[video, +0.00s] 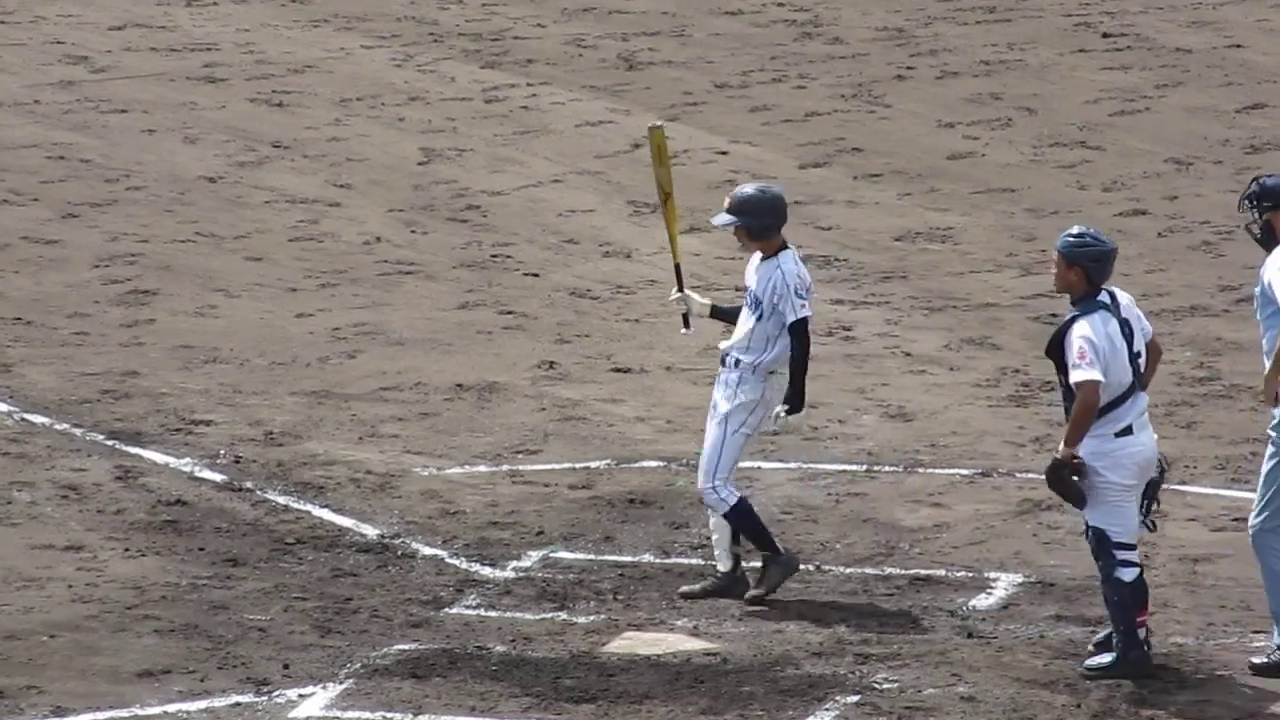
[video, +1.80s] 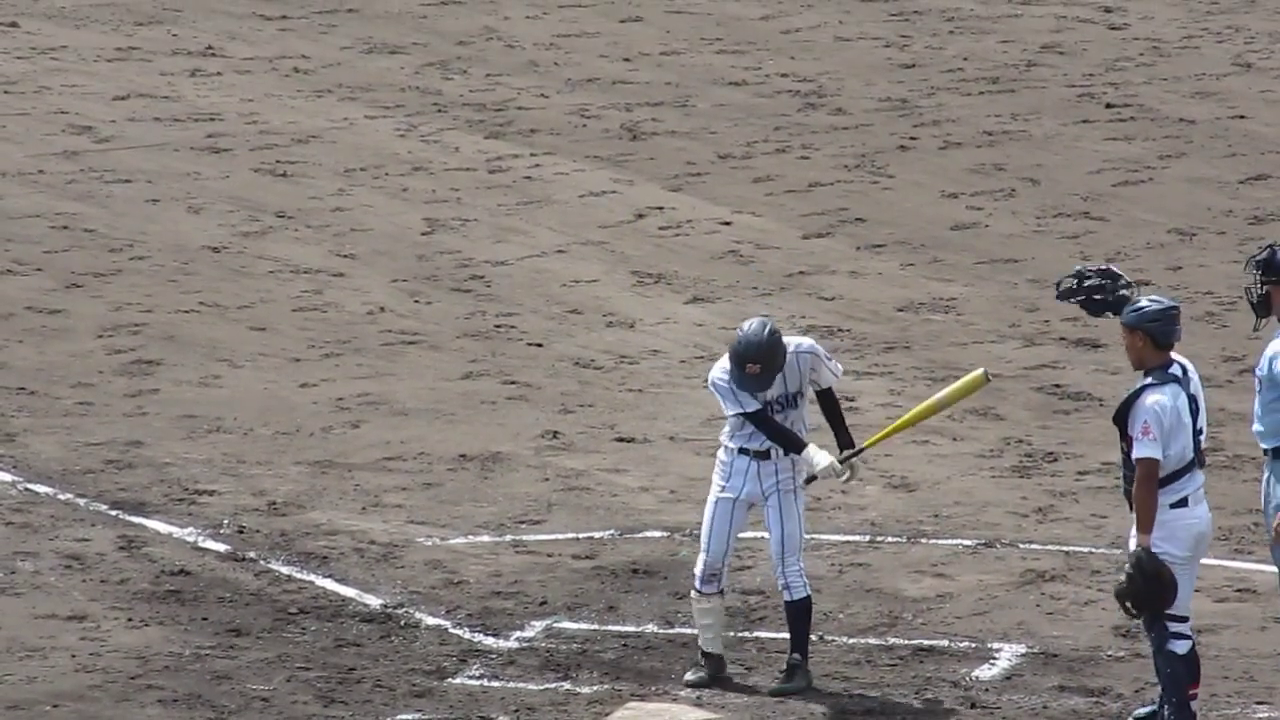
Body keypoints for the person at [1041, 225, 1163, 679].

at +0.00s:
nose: (1053, 268)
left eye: (1059, 263)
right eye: (1056, 262)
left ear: (1079, 274)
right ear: (1089, 271)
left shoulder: (1082, 330)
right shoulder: (1120, 298)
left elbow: (1089, 397)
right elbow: (1153, 349)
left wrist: (1066, 449)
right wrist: (1132, 397)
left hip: (1109, 452)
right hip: (1139, 440)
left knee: (1115, 551)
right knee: (1110, 539)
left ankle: (1132, 650)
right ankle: (1126, 629)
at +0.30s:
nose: (1062, 317)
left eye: (1068, 311)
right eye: (1064, 310)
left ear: (1088, 319)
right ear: (1101, 317)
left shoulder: (1092, 373)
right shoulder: (1133, 347)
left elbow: (1090, 440)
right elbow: (1158, 406)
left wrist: (1060, 483)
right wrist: (1165, 455)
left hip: (1119, 496)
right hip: (1153, 484)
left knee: (1118, 597)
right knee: (1147, 586)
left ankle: (1130, 694)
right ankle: (1171, 675)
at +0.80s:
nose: (1092, 329)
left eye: (1098, 323)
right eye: (1094, 321)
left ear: (1119, 331)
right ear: (1132, 330)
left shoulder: (1121, 375)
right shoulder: (1161, 364)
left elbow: (1140, 429)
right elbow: (1201, 415)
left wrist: (1123, 489)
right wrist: (1187, 468)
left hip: (1150, 510)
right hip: (1183, 504)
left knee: (1128, 613)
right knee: (1171, 611)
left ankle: (1132, 708)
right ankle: (1176, 703)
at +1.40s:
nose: (1123, 334)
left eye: (1128, 327)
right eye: (1124, 326)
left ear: (1147, 332)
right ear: (1158, 333)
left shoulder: (1162, 388)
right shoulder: (1169, 376)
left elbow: (1163, 461)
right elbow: (1150, 438)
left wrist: (1131, 519)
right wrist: (1120, 465)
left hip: (1167, 514)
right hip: (1176, 508)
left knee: (1151, 615)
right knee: (1168, 611)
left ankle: (1175, 708)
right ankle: (1172, 701)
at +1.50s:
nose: (1125, 337)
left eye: (1130, 329)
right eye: (1126, 328)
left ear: (1149, 335)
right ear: (1160, 333)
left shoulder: (1160, 392)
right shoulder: (1178, 372)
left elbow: (1156, 465)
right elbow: (1144, 405)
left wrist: (1130, 527)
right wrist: (1108, 420)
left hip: (1166, 515)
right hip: (1180, 507)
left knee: (1160, 617)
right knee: (1167, 612)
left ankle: (1176, 708)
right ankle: (1174, 702)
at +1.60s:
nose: (1126, 338)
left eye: (1130, 331)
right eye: (1127, 330)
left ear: (1148, 336)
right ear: (1163, 335)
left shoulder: (1157, 395)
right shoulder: (1184, 370)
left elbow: (1150, 469)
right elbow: (1150, 375)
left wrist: (1131, 533)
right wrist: (1107, 369)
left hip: (1167, 517)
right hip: (1186, 507)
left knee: (1166, 617)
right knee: (1162, 612)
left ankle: (1177, 708)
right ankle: (1173, 701)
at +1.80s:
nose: (1123, 342)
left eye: (1127, 335)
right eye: (1124, 334)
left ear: (1141, 341)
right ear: (1165, 339)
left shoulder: (1149, 403)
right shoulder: (1184, 369)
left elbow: (1147, 477)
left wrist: (1141, 544)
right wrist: (1128, 304)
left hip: (1168, 520)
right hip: (1194, 509)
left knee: (1169, 621)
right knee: (1166, 612)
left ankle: (1179, 708)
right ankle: (1172, 699)